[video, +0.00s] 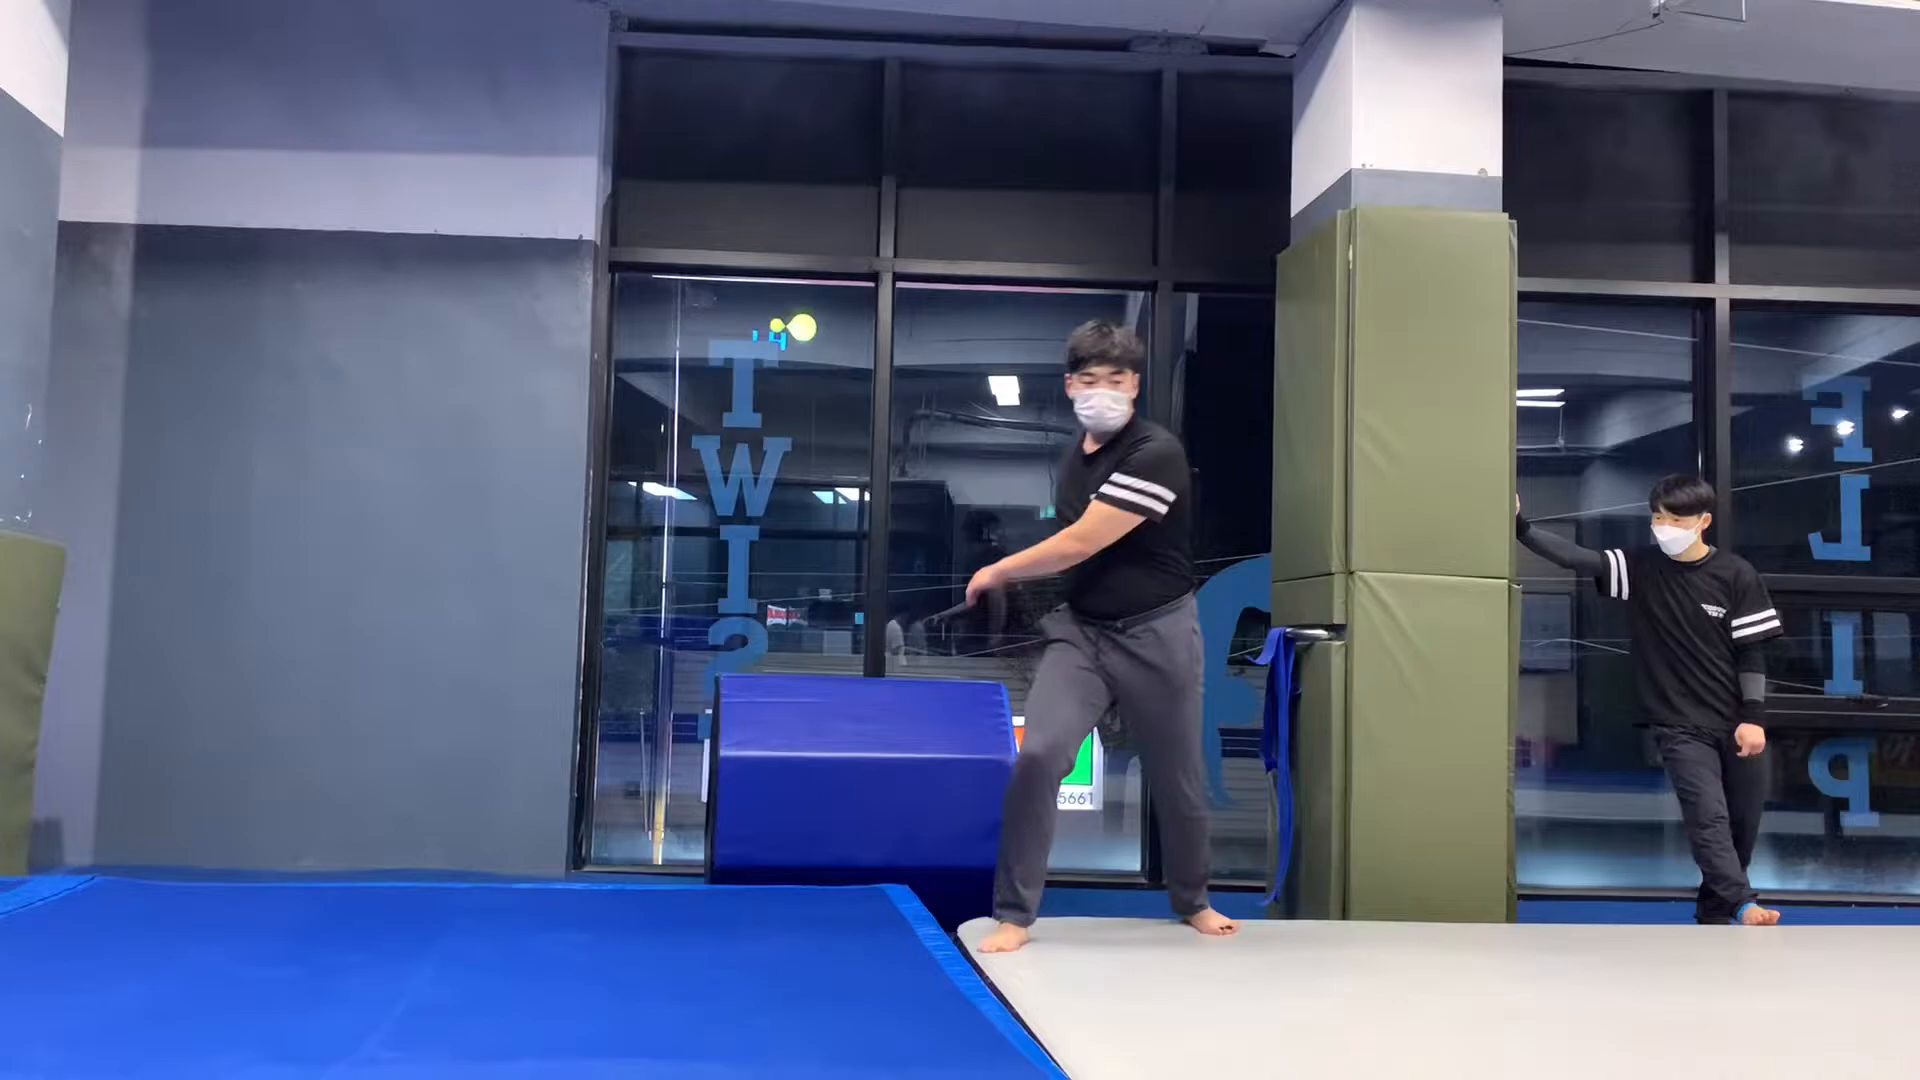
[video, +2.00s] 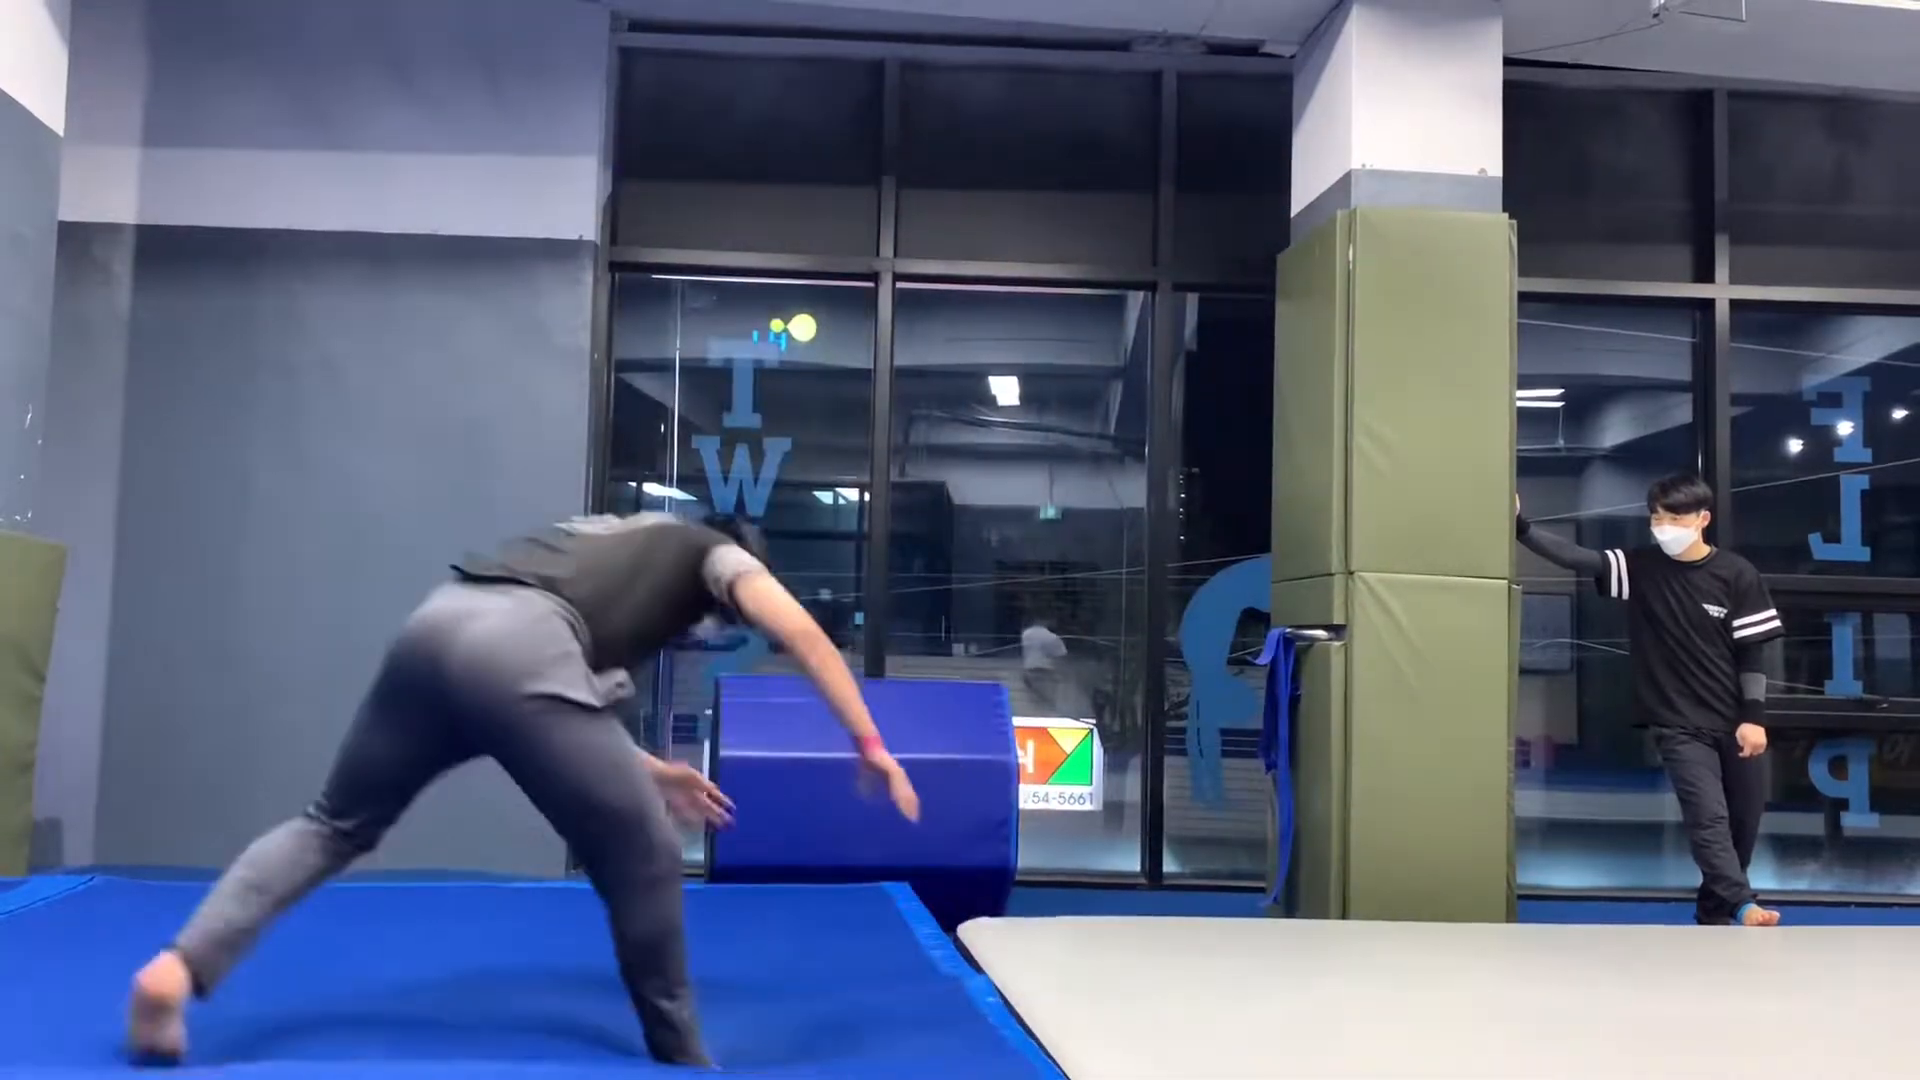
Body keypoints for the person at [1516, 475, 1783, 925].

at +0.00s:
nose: (1657, 529)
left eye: (1668, 522)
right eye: (1655, 520)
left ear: (1702, 523)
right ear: (1652, 517)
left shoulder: (1737, 576)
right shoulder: (1641, 567)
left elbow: (1751, 655)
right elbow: (1578, 558)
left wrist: (1752, 717)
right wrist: (1522, 527)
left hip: (1734, 721)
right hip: (1679, 721)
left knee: (1743, 823)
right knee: (1708, 813)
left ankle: (1711, 914)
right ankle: (1743, 904)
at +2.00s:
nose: (1658, 529)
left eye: (1669, 521)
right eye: (1655, 519)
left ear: (1701, 520)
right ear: (1650, 518)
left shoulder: (1736, 575)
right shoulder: (1641, 566)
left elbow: (1752, 653)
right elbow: (1578, 558)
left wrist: (1753, 717)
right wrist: (1522, 527)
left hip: (1733, 721)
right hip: (1678, 720)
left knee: (1744, 822)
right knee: (1707, 814)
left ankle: (1711, 912)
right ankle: (1743, 904)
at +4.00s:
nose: (1669, 526)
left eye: (1680, 515)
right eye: (1663, 518)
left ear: (1709, 514)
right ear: (1656, 524)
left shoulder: (1755, 568)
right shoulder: (1649, 570)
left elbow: (1780, 644)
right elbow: (1587, 568)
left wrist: (1791, 705)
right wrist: (1525, 543)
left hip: (1766, 724)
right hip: (1703, 728)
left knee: (1776, 829)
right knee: (1725, 818)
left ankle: (1759, 900)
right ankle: (1746, 907)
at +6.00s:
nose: (1664, 512)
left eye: (1675, 503)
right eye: (1656, 505)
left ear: (1700, 508)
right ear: (1648, 513)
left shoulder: (1738, 564)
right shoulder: (1633, 561)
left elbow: (1788, 615)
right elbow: (1578, 552)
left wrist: (1770, 669)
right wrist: (1523, 526)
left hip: (1731, 718)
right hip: (1666, 722)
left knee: (1747, 823)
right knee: (1682, 832)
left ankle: (1684, 899)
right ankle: (1714, 928)